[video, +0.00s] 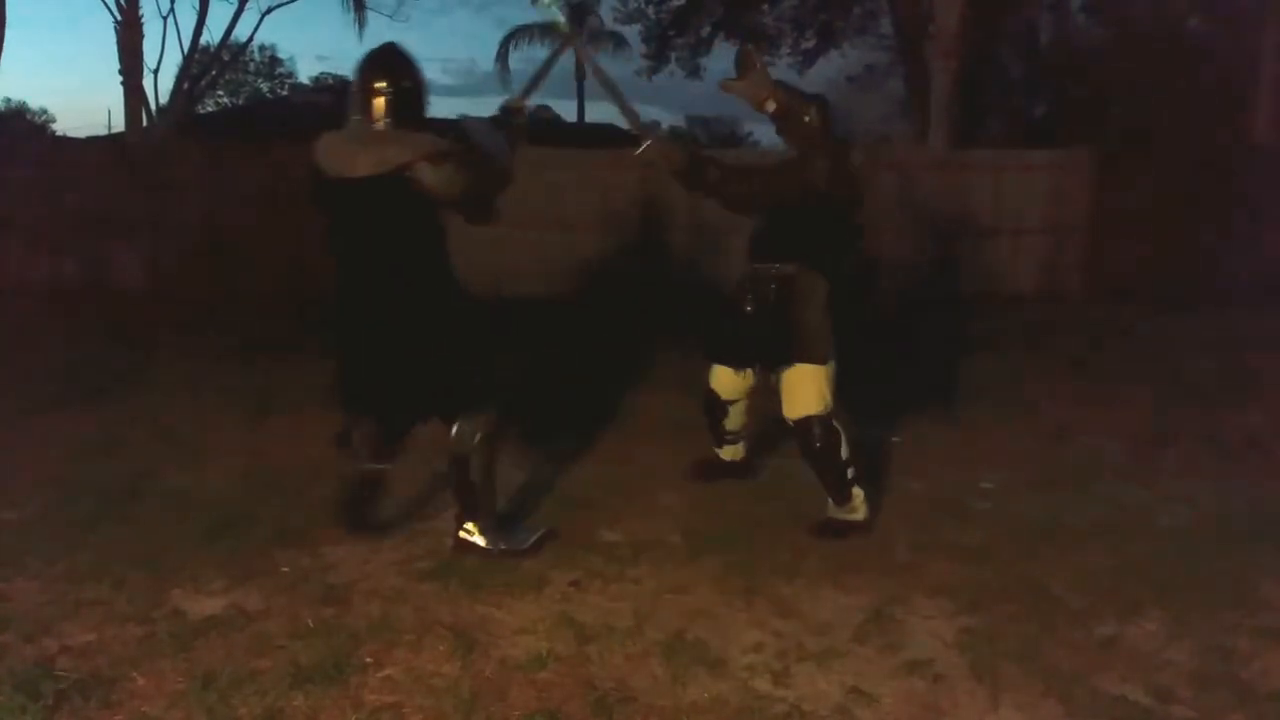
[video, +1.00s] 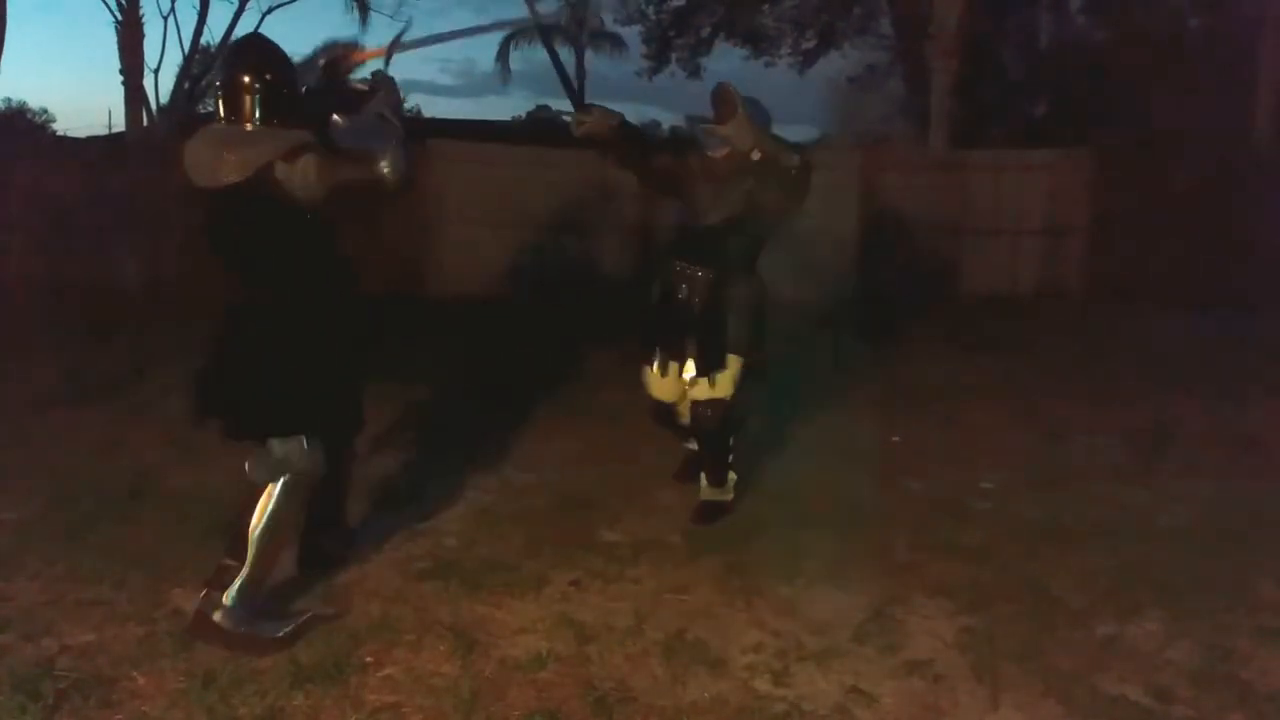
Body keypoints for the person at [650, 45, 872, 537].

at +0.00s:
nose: (788, 129)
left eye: (797, 121)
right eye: (786, 123)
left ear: (817, 124)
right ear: (789, 131)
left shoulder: (832, 169)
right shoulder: (786, 173)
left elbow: (809, 131)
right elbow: (730, 187)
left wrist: (768, 95)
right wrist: (676, 159)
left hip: (811, 288)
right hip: (763, 282)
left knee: (806, 406)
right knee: (726, 380)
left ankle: (849, 506)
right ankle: (731, 456)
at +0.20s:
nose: (773, 138)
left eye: (783, 132)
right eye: (771, 134)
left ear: (803, 139)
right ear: (768, 142)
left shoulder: (811, 186)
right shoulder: (758, 184)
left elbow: (790, 154)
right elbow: (716, 186)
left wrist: (752, 111)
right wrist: (670, 168)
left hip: (784, 291)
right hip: (740, 288)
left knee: (785, 402)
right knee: (719, 381)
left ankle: (839, 499)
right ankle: (726, 460)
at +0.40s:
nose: (759, 139)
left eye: (770, 132)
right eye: (759, 131)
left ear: (791, 140)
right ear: (754, 135)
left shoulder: (797, 176)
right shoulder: (735, 171)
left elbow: (779, 150)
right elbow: (692, 172)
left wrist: (742, 121)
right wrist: (642, 153)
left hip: (766, 292)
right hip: (721, 287)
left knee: (758, 385)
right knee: (718, 382)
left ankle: (784, 487)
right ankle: (729, 458)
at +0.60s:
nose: (732, 144)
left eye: (741, 137)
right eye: (729, 136)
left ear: (765, 138)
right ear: (729, 137)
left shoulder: (783, 182)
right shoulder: (720, 174)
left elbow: (797, 154)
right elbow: (673, 172)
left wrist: (753, 125)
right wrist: (631, 150)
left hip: (753, 292)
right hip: (709, 289)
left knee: (719, 390)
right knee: (706, 384)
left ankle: (720, 478)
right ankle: (718, 459)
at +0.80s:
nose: (728, 148)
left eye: (738, 142)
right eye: (727, 139)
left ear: (760, 145)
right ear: (722, 140)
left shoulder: (772, 189)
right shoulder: (707, 177)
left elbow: (797, 167)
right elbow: (658, 165)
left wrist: (758, 134)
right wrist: (617, 138)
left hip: (743, 294)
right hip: (704, 290)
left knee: (712, 395)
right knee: (696, 382)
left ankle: (721, 487)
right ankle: (715, 460)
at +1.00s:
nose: (715, 150)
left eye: (725, 142)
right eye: (711, 140)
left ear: (747, 144)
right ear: (704, 138)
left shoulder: (763, 186)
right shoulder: (687, 171)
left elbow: (796, 175)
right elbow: (646, 158)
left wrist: (758, 143)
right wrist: (613, 133)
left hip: (729, 288)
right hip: (677, 280)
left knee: (711, 399)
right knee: (663, 388)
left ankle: (719, 486)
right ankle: (698, 445)